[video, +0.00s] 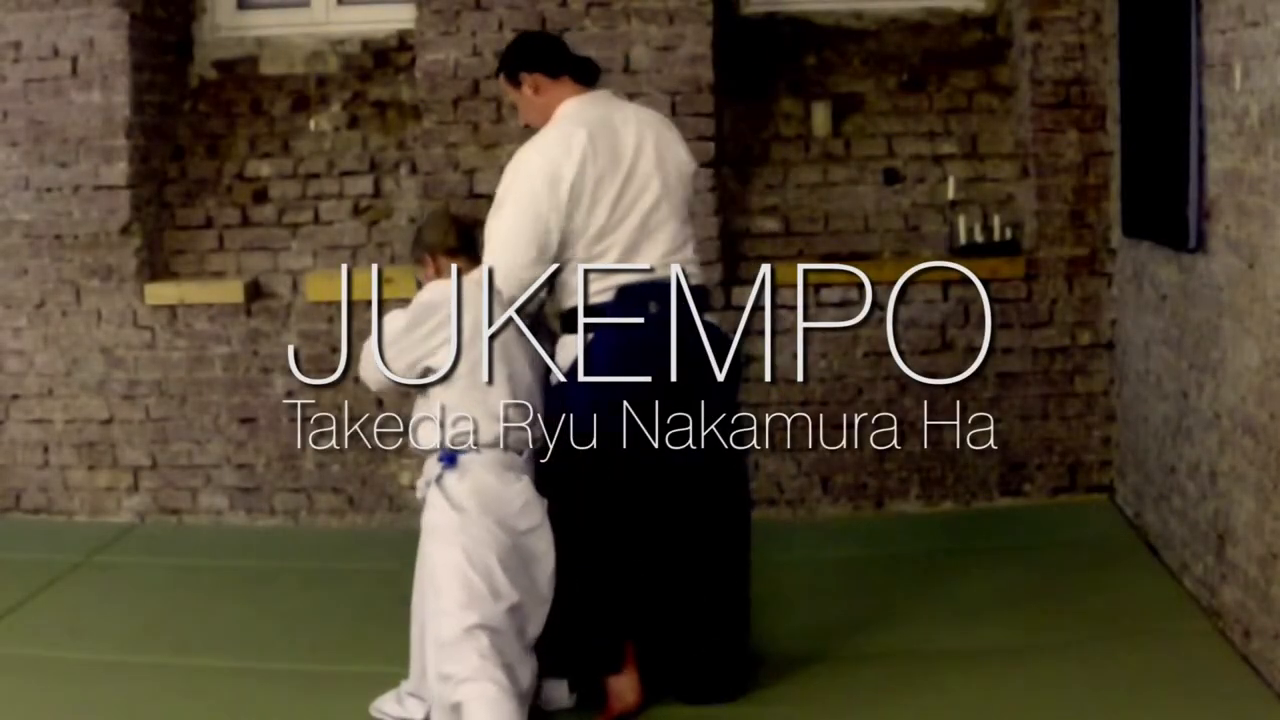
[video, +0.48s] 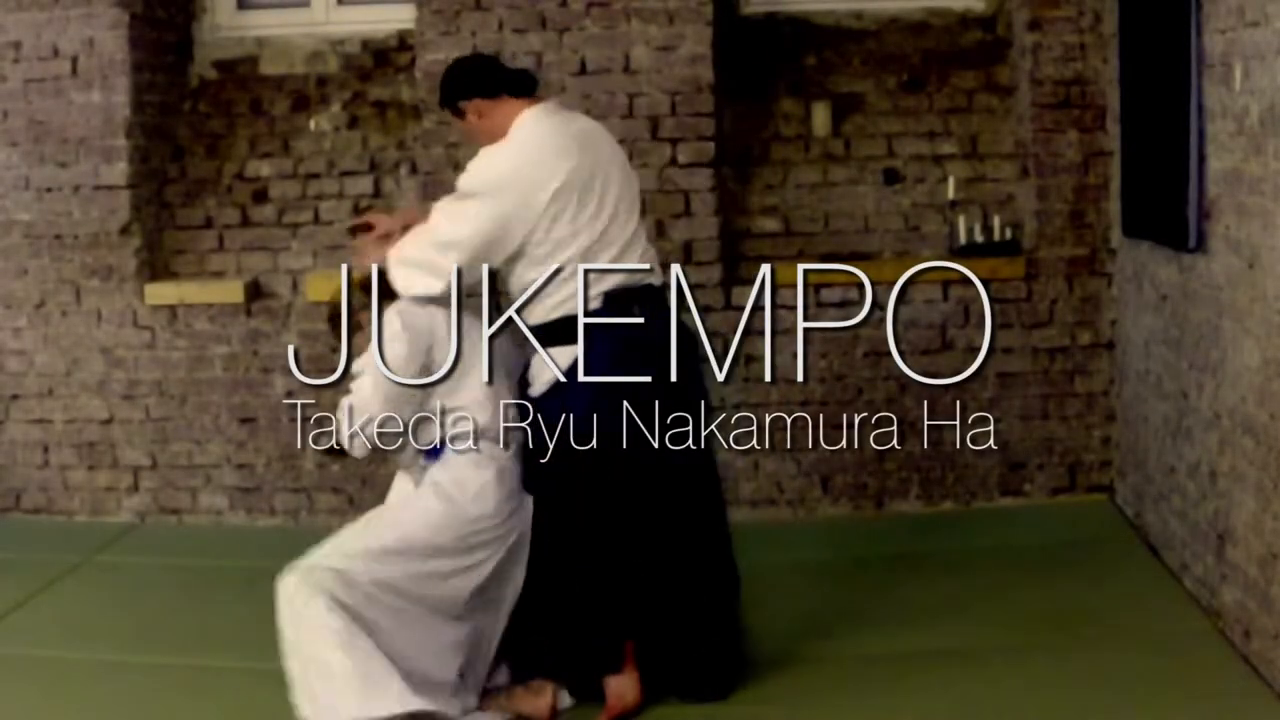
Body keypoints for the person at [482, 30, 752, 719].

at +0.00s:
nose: (519, 117)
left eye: (515, 102)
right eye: (514, 105)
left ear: (534, 84)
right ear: (576, 75)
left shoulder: (546, 153)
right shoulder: (661, 128)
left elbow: (509, 275)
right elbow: (681, 222)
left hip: (595, 343)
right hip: (680, 331)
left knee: (595, 509)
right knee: (682, 501)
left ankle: (617, 672)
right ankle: (699, 660)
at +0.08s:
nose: (512, 120)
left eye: (508, 105)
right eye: (506, 107)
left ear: (526, 87)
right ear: (569, 76)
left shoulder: (548, 152)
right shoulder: (648, 130)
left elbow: (508, 270)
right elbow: (664, 211)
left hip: (592, 348)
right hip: (672, 336)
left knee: (592, 513)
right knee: (673, 505)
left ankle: (614, 671)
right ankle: (693, 659)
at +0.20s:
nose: (501, 124)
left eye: (495, 110)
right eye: (495, 112)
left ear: (512, 94)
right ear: (554, 80)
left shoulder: (548, 152)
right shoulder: (624, 131)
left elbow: (500, 269)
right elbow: (578, 225)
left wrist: (447, 282)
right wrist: (480, 226)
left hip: (593, 349)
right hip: (661, 336)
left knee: (576, 512)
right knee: (632, 506)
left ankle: (613, 670)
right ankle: (628, 665)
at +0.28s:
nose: (485, 126)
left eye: (481, 112)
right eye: (480, 115)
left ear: (499, 98)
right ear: (540, 84)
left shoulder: (541, 151)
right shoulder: (613, 133)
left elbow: (494, 272)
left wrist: (446, 281)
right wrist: (478, 230)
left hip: (587, 355)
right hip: (653, 343)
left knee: (567, 520)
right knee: (624, 513)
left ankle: (543, 679)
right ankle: (622, 668)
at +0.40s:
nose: (478, 139)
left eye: (471, 125)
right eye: (473, 127)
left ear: (485, 107)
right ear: (525, 91)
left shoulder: (537, 150)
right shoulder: (593, 136)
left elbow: (479, 250)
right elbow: (516, 205)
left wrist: (424, 230)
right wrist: (439, 215)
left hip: (579, 352)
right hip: (641, 340)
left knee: (559, 518)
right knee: (614, 514)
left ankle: (537, 676)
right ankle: (622, 664)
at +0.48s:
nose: (468, 135)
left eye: (463, 122)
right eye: (463, 123)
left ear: (479, 109)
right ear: (517, 91)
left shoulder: (509, 164)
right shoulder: (590, 133)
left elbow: (435, 256)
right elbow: (508, 206)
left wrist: (389, 255)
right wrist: (413, 221)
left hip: (577, 350)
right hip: (644, 336)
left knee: (561, 516)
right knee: (621, 510)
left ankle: (541, 679)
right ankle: (623, 664)